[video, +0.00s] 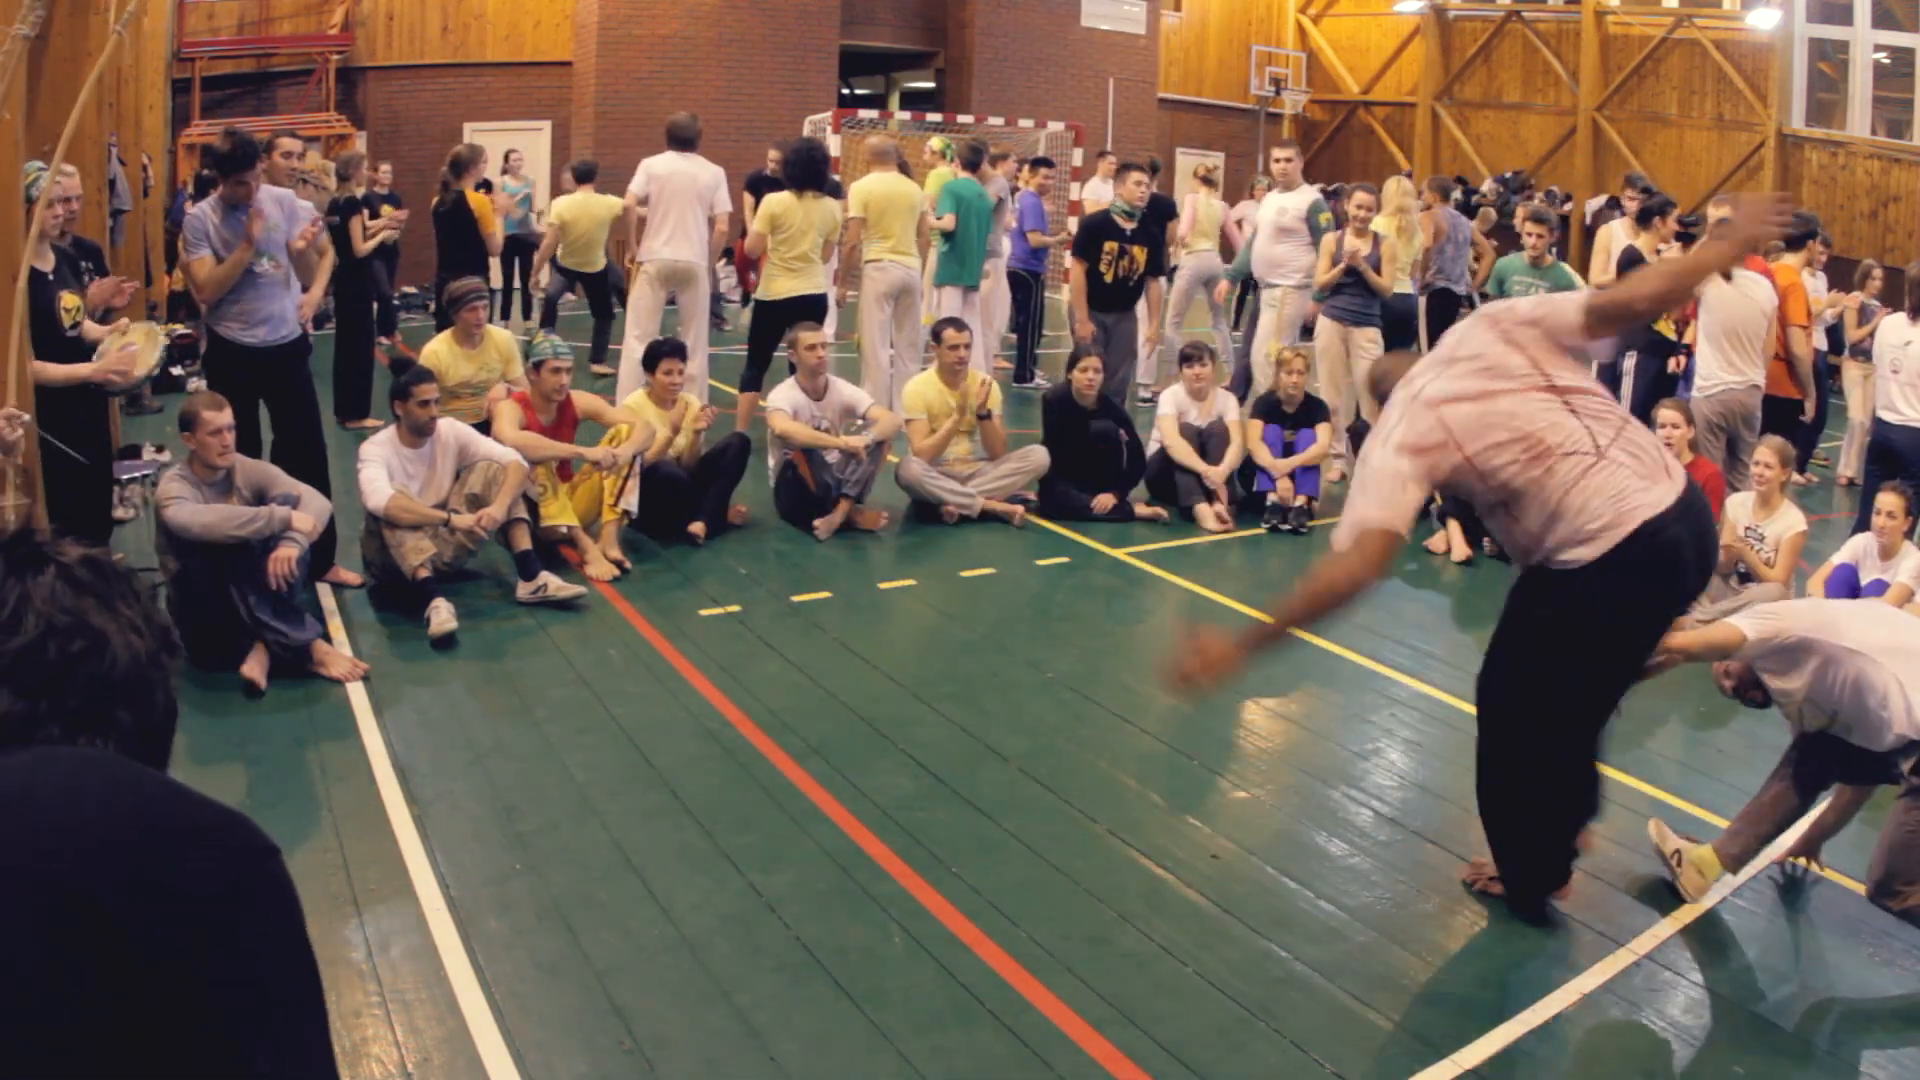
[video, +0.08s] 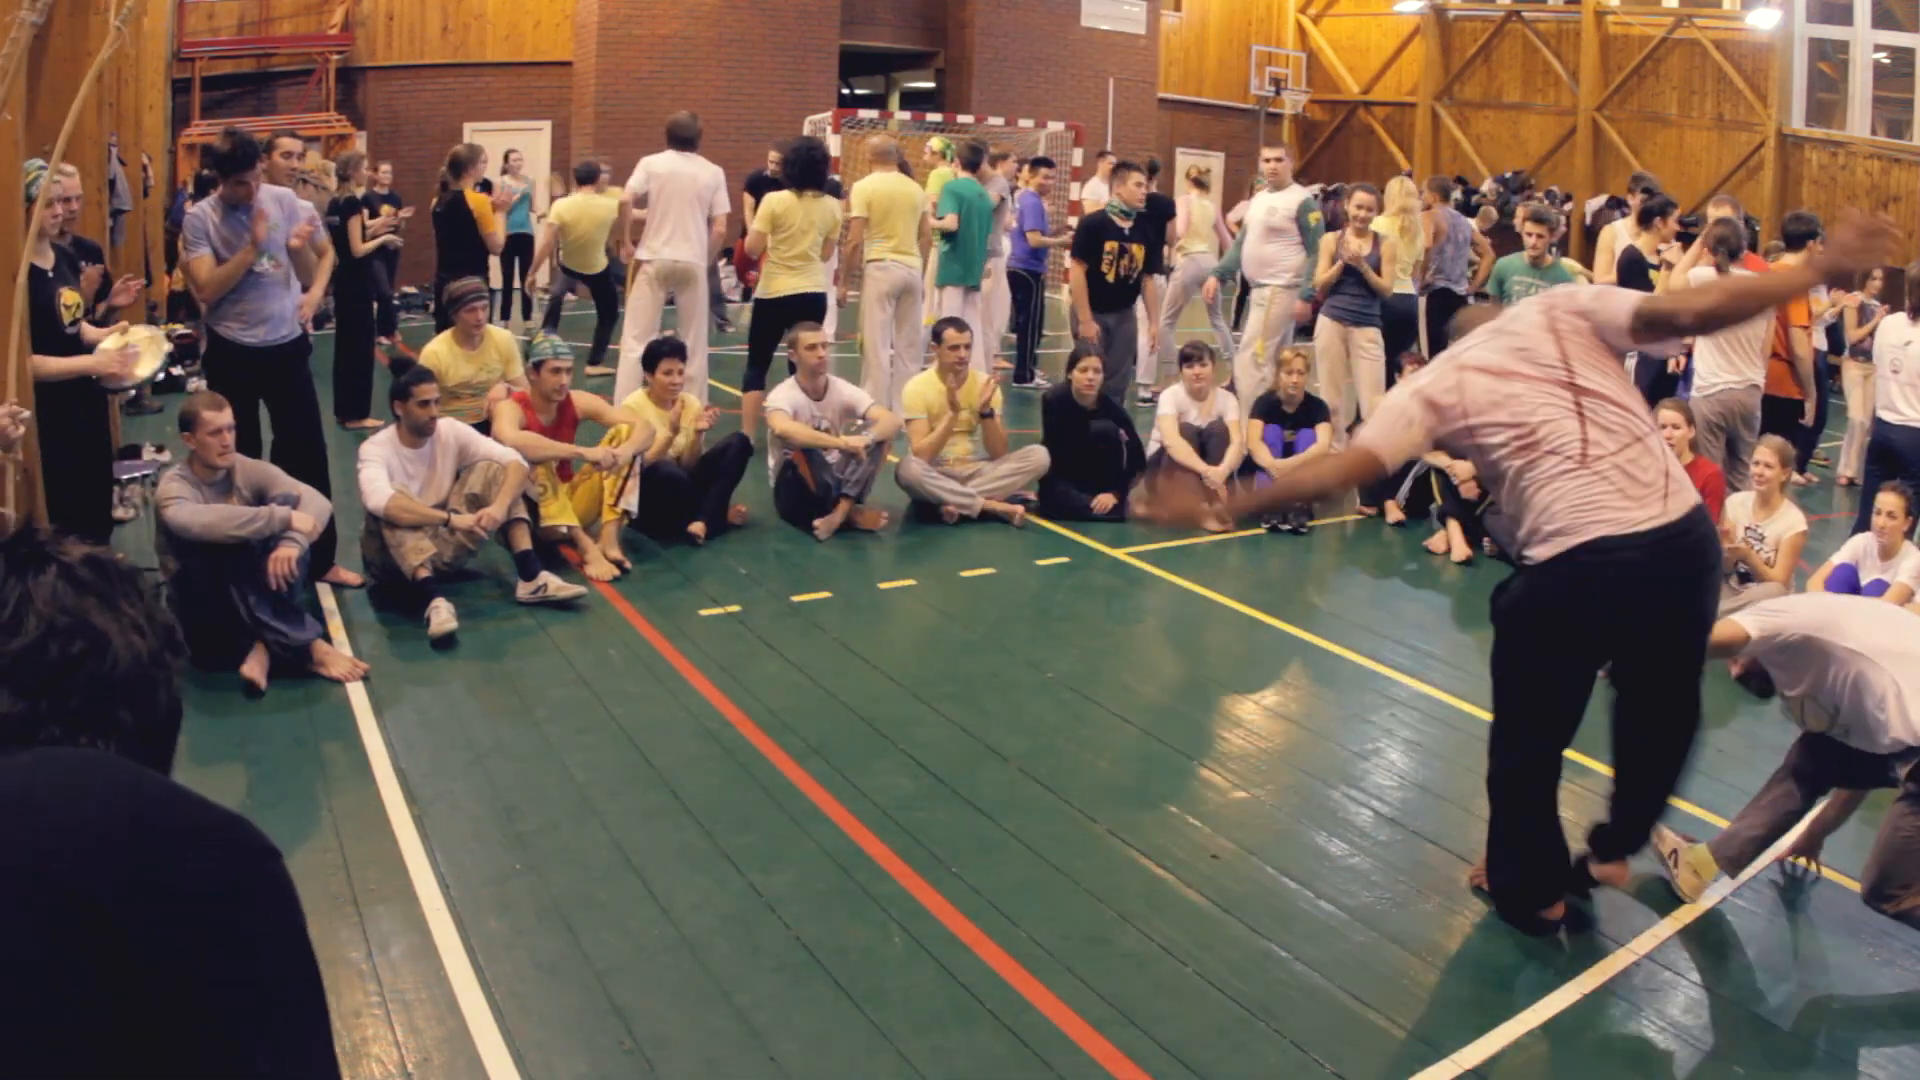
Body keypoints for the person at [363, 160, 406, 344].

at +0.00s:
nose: (387, 176)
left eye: (389, 173)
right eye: (383, 172)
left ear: (392, 176)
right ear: (375, 175)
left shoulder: (395, 198)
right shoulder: (368, 198)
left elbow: (401, 219)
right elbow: (366, 224)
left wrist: (391, 228)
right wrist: (388, 220)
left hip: (391, 244)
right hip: (374, 245)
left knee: (386, 291)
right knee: (384, 291)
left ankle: (383, 331)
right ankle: (391, 329)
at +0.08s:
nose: (387, 176)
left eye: (389, 173)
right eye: (383, 172)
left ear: (392, 176)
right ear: (375, 175)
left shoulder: (395, 198)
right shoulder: (368, 198)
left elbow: (400, 227)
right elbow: (365, 225)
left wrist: (401, 218)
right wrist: (387, 221)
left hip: (391, 244)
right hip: (373, 245)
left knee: (387, 290)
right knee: (384, 291)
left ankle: (383, 331)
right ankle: (390, 330)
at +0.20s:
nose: (387, 176)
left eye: (390, 173)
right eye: (384, 172)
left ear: (392, 177)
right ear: (375, 175)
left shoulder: (395, 199)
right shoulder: (368, 198)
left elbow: (401, 224)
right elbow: (367, 225)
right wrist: (393, 217)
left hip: (391, 244)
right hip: (374, 244)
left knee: (387, 290)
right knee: (384, 291)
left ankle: (383, 331)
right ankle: (390, 329)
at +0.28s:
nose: (387, 176)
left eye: (390, 173)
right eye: (384, 172)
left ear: (392, 177)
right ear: (375, 175)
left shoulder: (394, 199)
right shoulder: (368, 198)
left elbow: (400, 226)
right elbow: (367, 226)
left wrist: (394, 217)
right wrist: (390, 218)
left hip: (391, 247)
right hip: (374, 247)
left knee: (387, 291)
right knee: (384, 291)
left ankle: (383, 331)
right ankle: (390, 329)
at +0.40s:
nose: (388, 176)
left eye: (390, 173)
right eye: (384, 172)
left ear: (392, 176)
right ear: (375, 175)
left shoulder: (394, 199)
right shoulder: (368, 198)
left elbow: (397, 226)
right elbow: (367, 226)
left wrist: (400, 217)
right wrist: (389, 220)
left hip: (391, 244)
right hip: (374, 244)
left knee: (387, 290)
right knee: (384, 290)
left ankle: (383, 331)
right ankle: (390, 329)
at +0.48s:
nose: (388, 176)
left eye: (390, 173)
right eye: (384, 172)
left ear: (392, 176)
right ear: (375, 175)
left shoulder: (394, 198)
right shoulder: (368, 198)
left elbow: (399, 225)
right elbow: (366, 225)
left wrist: (398, 218)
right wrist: (390, 218)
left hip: (391, 243)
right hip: (374, 244)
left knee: (387, 289)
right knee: (384, 290)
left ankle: (382, 331)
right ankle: (390, 329)